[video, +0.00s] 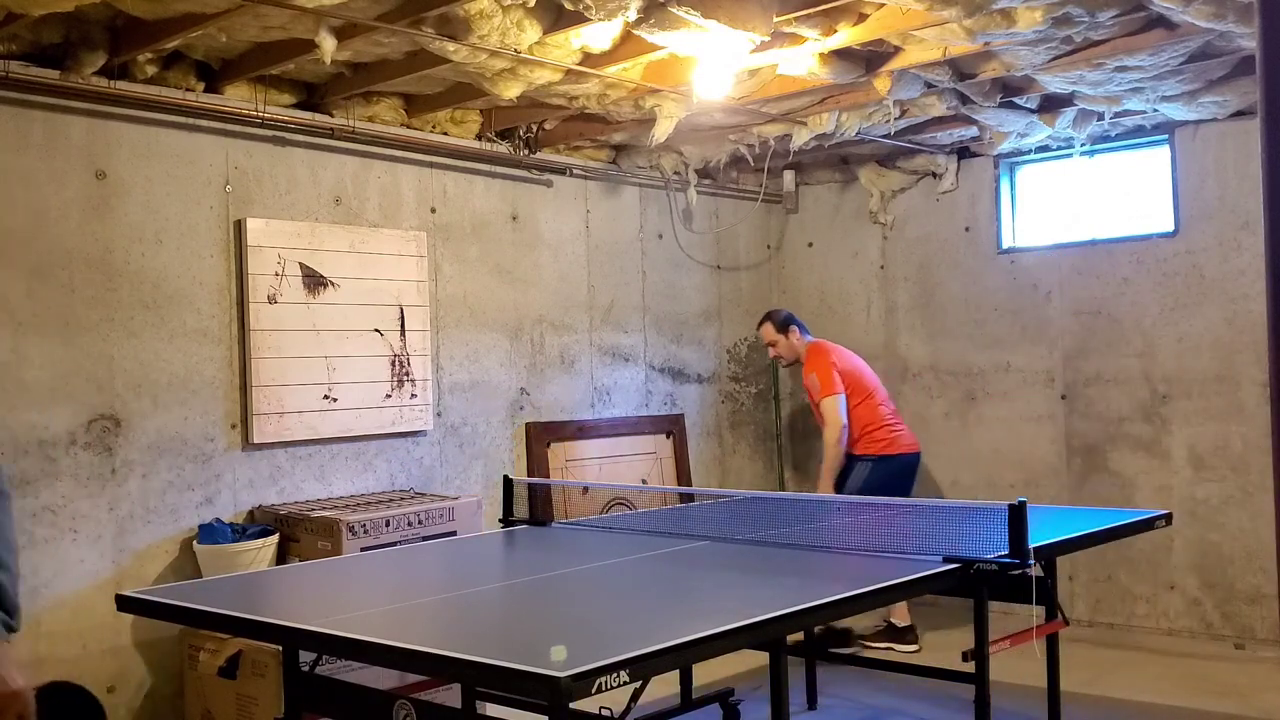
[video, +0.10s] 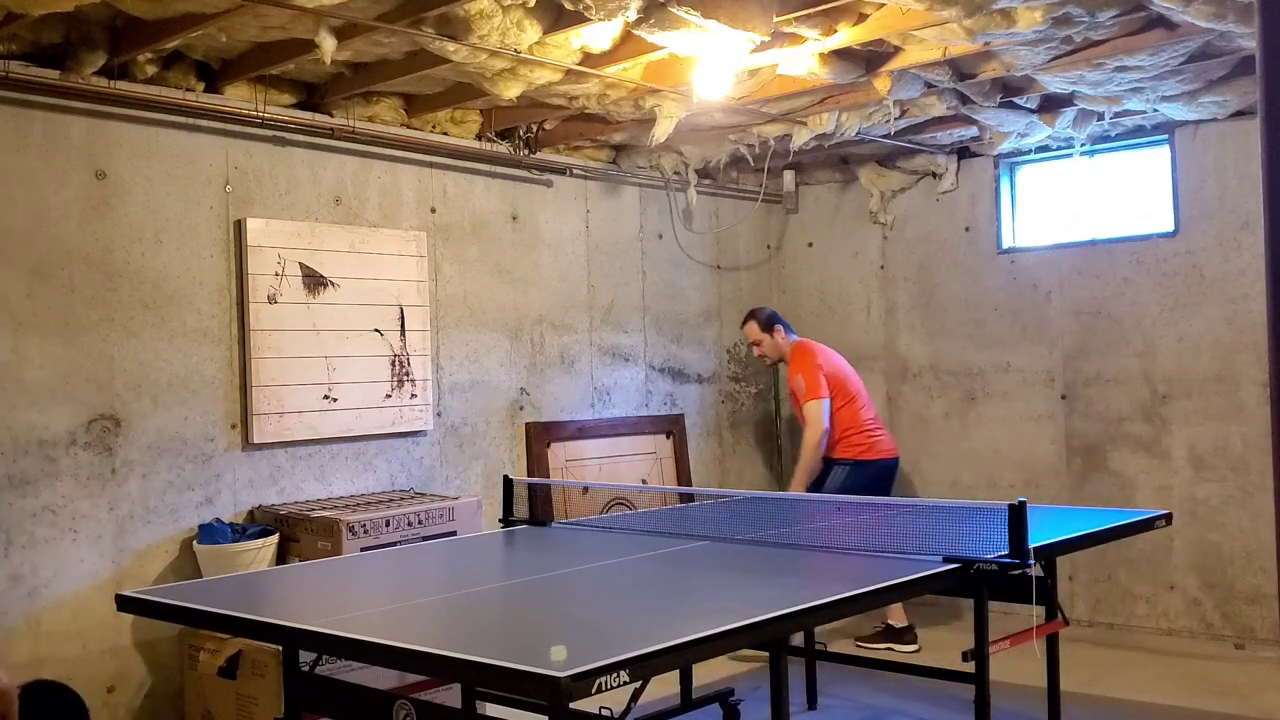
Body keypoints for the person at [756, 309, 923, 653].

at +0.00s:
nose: (771, 354)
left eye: (773, 344)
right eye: (767, 347)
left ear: (793, 333)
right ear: (794, 337)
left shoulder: (818, 357)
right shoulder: (823, 356)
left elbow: (836, 427)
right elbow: (839, 427)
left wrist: (825, 485)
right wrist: (830, 481)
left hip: (882, 456)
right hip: (891, 455)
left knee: (842, 533)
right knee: (881, 537)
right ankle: (900, 624)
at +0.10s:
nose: (756, 353)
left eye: (757, 343)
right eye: (752, 346)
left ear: (778, 332)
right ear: (779, 335)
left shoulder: (803, 359)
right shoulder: (809, 355)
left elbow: (817, 428)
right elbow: (824, 431)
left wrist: (795, 491)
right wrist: (808, 479)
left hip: (860, 460)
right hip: (871, 458)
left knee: (806, 535)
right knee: (866, 538)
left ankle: (783, 628)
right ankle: (899, 624)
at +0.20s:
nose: (731, 361)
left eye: (732, 351)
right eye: (727, 354)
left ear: (754, 340)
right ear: (755, 342)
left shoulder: (780, 365)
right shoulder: (793, 357)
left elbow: (784, 439)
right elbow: (799, 439)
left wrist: (755, 496)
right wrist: (782, 482)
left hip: (833, 466)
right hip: (849, 464)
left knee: (786, 540)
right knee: (855, 541)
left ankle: (769, 630)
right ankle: (897, 624)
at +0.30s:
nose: (700, 380)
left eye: (701, 371)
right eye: (696, 374)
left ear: (722, 358)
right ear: (722, 360)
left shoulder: (749, 383)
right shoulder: (762, 370)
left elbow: (741, 461)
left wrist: (710, 505)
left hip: (808, 477)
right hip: (829, 472)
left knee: (754, 549)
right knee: (845, 547)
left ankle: (733, 633)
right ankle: (895, 624)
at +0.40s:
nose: (667, 409)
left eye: (667, 401)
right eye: (663, 403)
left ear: (687, 387)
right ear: (689, 385)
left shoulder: (715, 413)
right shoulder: (730, 385)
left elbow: (695, 487)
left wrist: (669, 523)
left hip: (791, 485)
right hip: (809, 475)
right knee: (832, 549)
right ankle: (889, 614)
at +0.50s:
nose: (645, 429)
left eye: (644, 422)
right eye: (641, 424)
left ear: (663, 408)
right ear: (665, 402)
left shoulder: (691, 429)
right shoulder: (703, 394)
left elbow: (668, 501)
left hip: (779, 484)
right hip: (794, 471)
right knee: (796, 553)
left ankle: (866, 597)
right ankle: (867, 597)